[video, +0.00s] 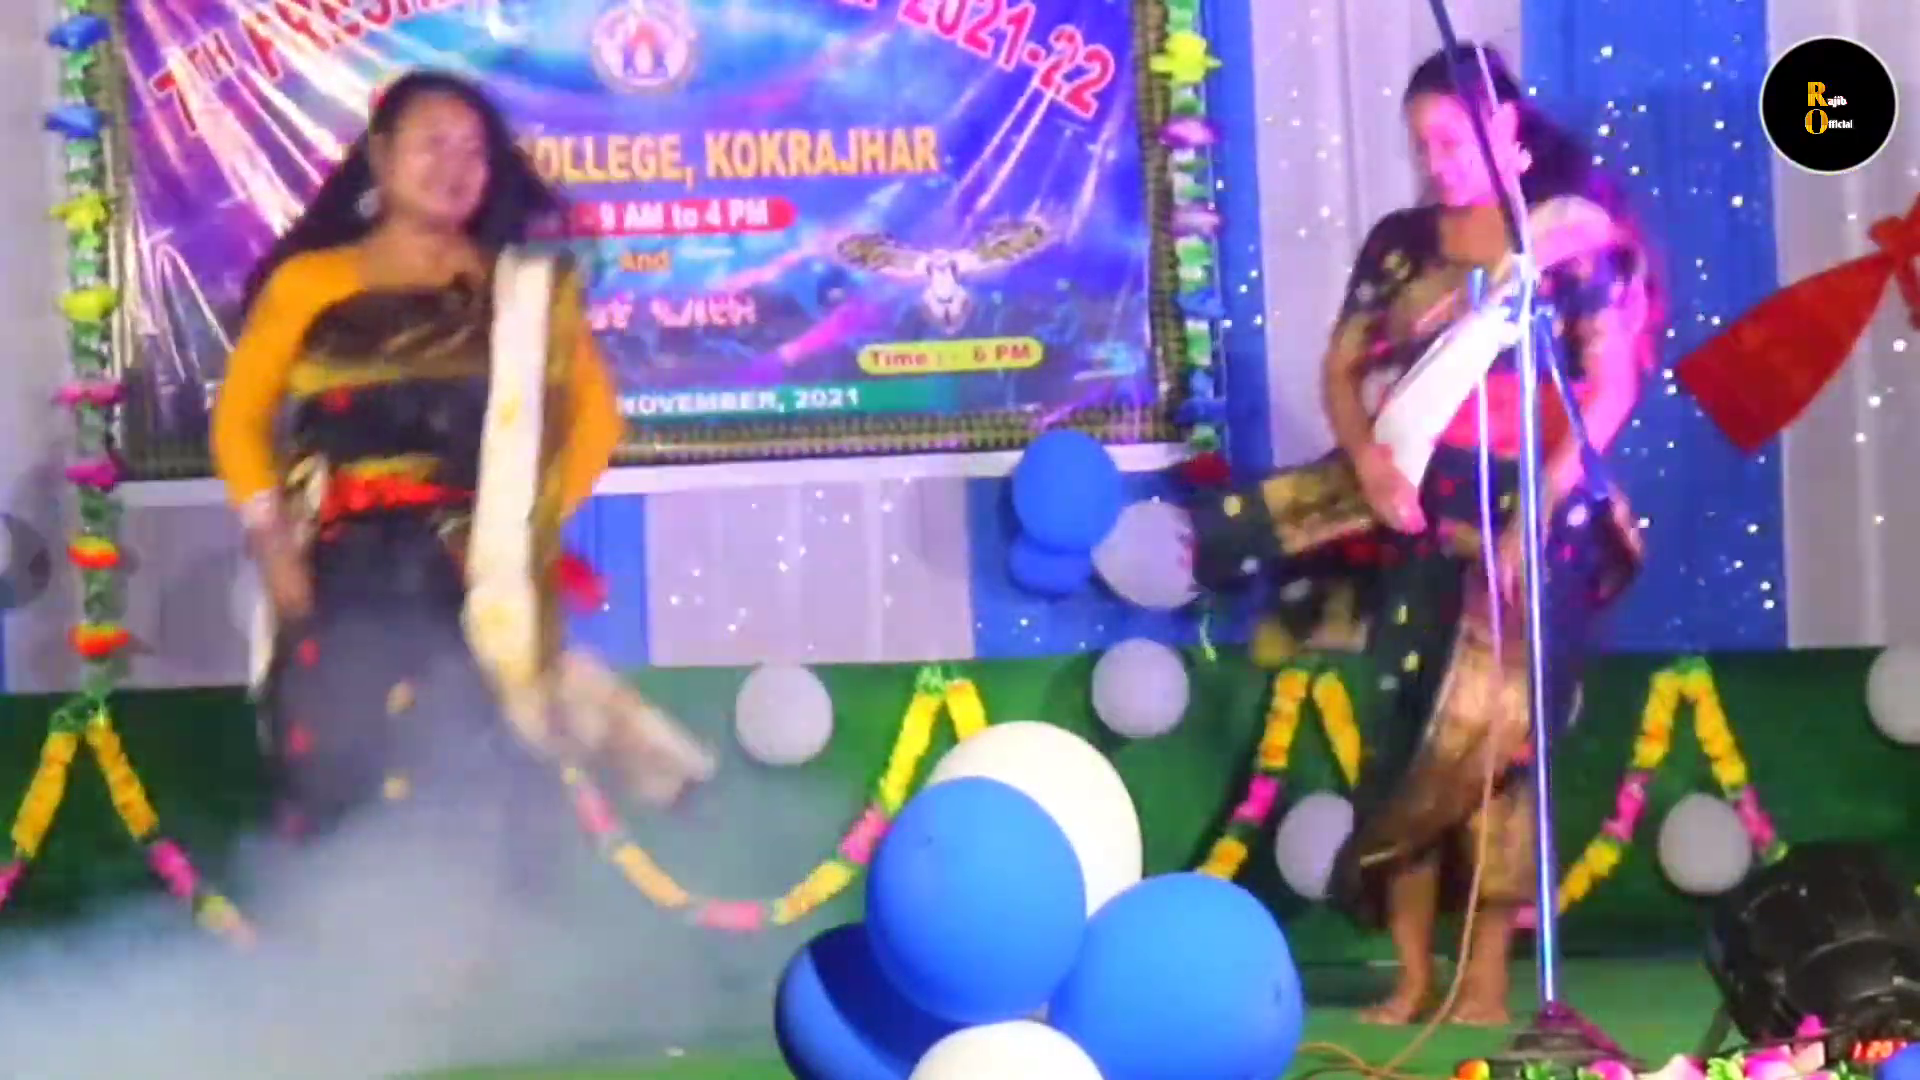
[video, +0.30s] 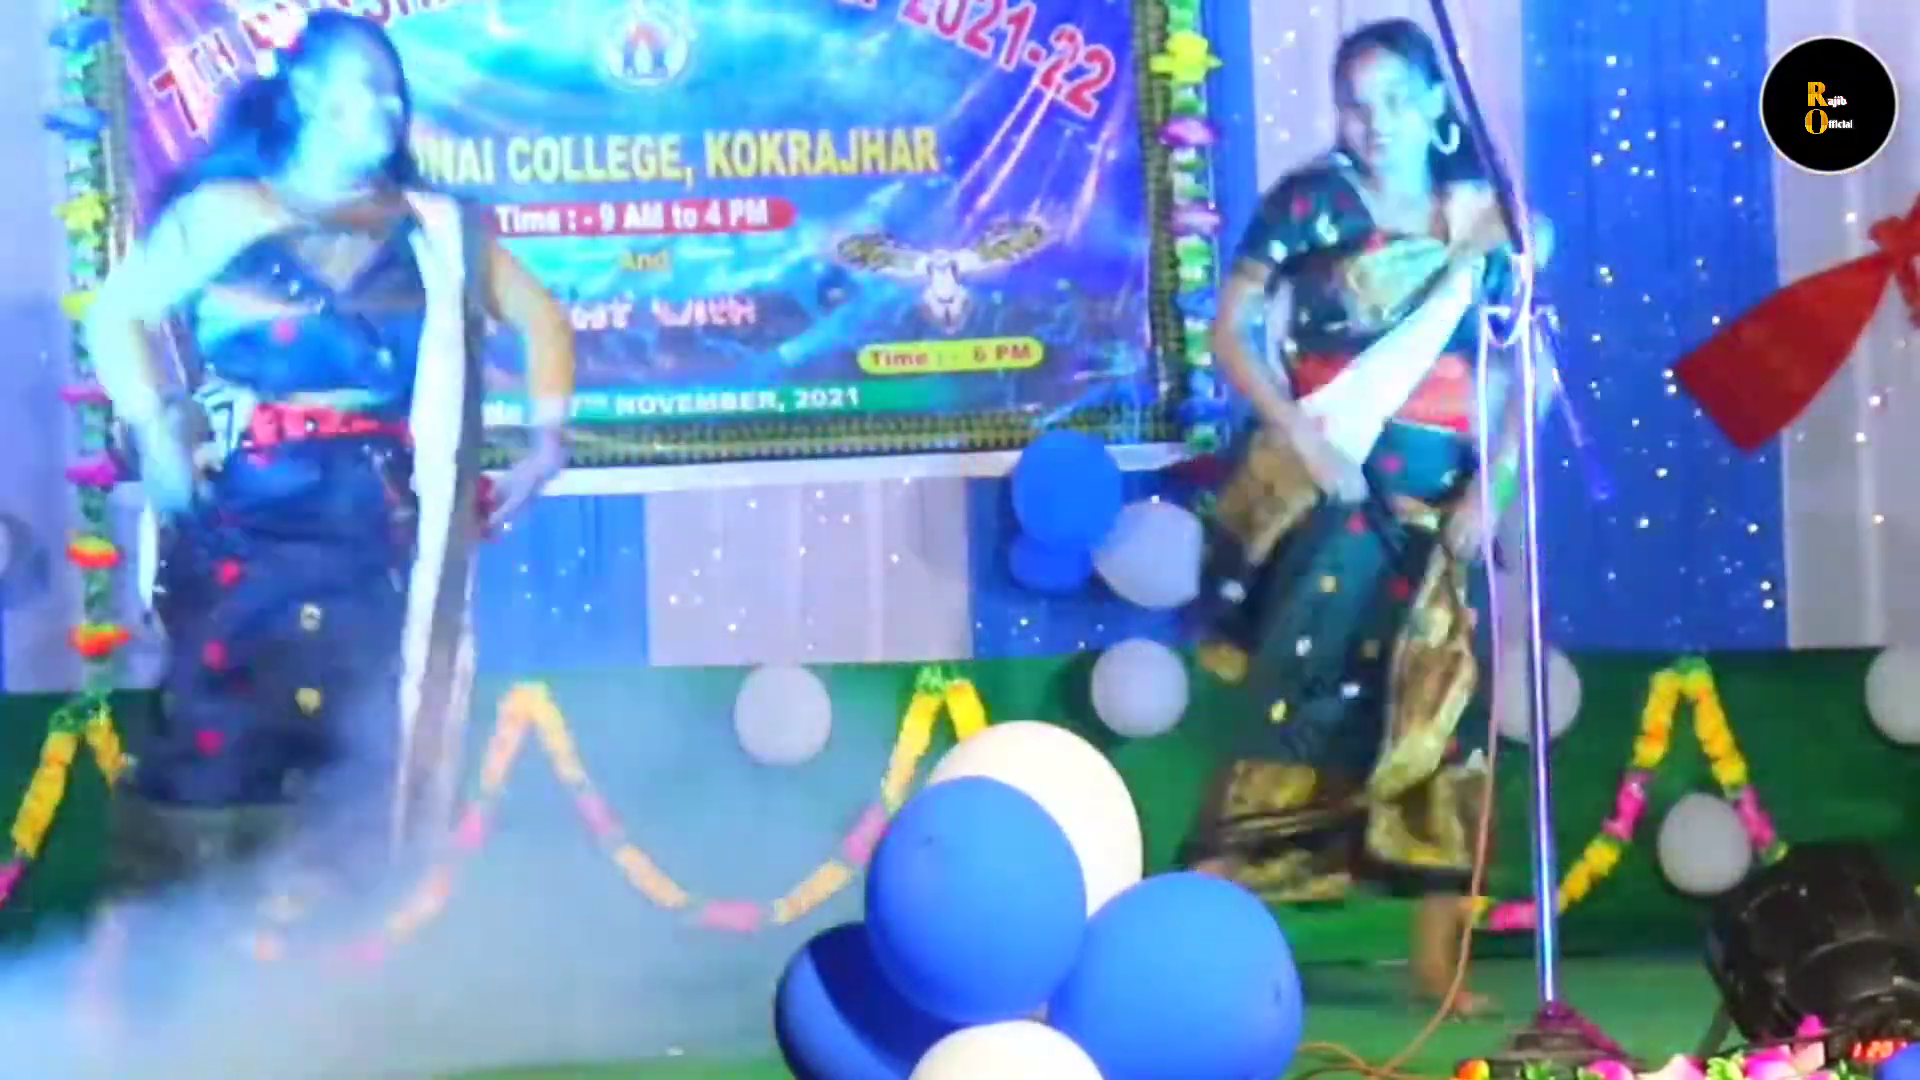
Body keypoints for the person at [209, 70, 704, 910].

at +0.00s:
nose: (455, 165)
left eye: (473, 149)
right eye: (432, 144)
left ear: (492, 172)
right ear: (382, 158)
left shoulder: (526, 286)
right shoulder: (311, 281)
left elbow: (593, 415)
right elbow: (238, 418)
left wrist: (530, 526)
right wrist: (276, 547)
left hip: (475, 574)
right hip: (346, 577)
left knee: (481, 797)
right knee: (336, 791)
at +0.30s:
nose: (375, 110)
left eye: (385, 91)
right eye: (352, 88)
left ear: (402, 105)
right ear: (301, 94)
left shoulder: (437, 225)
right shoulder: (223, 214)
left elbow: (542, 317)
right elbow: (114, 316)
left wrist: (547, 447)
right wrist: (160, 434)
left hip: (378, 540)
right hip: (242, 536)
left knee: (366, 781)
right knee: (209, 781)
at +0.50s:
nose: (337, 200)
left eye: (341, 181)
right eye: (314, 182)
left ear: (349, 185)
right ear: (257, 191)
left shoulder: (371, 311)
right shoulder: (210, 310)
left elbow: (453, 405)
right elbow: (142, 438)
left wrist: (527, 491)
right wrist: (212, 508)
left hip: (341, 591)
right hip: (228, 591)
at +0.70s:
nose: (359, 148)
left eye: (362, 131)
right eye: (331, 135)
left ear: (375, 149)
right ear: (270, 167)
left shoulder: (377, 283)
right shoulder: (270, 266)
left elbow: (496, 359)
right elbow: (399, 312)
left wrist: (489, 252)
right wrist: (451, 230)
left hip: (382, 541)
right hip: (307, 539)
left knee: (360, 745)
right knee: (337, 737)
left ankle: (325, 937)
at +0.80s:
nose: (381, 112)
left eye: (384, 93)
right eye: (352, 99)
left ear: (399, 111)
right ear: (297, 131)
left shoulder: (386, 225)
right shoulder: (311, 222)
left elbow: (526, 298)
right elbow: (466, 259)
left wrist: (468, 189)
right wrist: (464, 180)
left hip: (397, 535)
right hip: (328, 535)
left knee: (425, 747)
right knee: (415, 746)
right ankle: (261, 903)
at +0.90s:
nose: (424, 109)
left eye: (425, 90)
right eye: (394, 99)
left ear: (439, 103)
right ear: (340, 131)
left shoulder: (349, 220)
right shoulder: (386, 219)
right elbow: (537, 298)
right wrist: (550, 233)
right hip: (398, 556)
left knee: (540, 742)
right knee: (455, 777)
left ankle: (490, 964)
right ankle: (326, 988)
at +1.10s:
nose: (504, 186)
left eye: (501, 166)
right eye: (472, 178)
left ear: (510, 173)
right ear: (422, 213)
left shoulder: (428, 298)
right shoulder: (490, 292)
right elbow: (573, 405)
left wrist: (587, 383)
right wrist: (645, 436)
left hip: (481, 607)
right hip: (559, 609)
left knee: (511, 803)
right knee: (633, 810)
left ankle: (381, 969)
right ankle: (592, 1026)